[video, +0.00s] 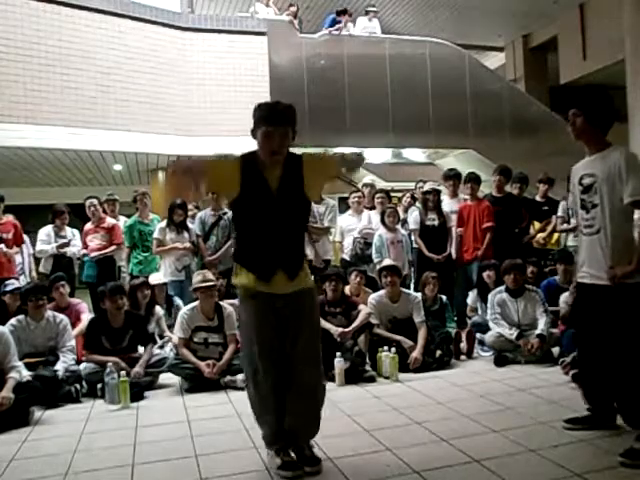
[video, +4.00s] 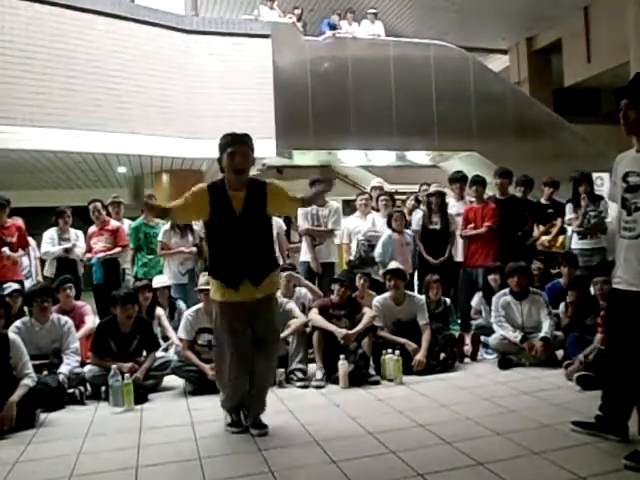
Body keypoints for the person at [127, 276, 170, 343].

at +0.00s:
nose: (145, 293)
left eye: (147, 289)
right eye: (141, 291)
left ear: (151, 291)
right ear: (134, 294)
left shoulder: (156, 310)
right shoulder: (129, 312)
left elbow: (165, 331)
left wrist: (173, 338)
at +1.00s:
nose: (145, 295)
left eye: (148, 291)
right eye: (141, 292)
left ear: (152, 293)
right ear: (136, 295)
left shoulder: (158, 311)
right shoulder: (133, 312)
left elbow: (168, 329)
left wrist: (176, 342)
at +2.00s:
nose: (146, 296)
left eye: (149, 292)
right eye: (142, 293)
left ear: (152, 294)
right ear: (137, 296)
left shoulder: (158, 311)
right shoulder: (134, 312)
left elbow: (167, 328)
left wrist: (175, 341)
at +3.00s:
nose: (146, 296)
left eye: (149, 292)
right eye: (142, 293)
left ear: (152, 294)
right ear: (137, 296)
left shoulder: (158, 311)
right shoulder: (134, 313)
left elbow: (168, 329)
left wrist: (177, 343)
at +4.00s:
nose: (146, 295)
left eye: (149, 292)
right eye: (142, 292)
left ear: (152, 294)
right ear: (137, 295)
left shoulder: (158, 311)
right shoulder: (134, 312)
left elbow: (168, 329)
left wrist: (176, 341)